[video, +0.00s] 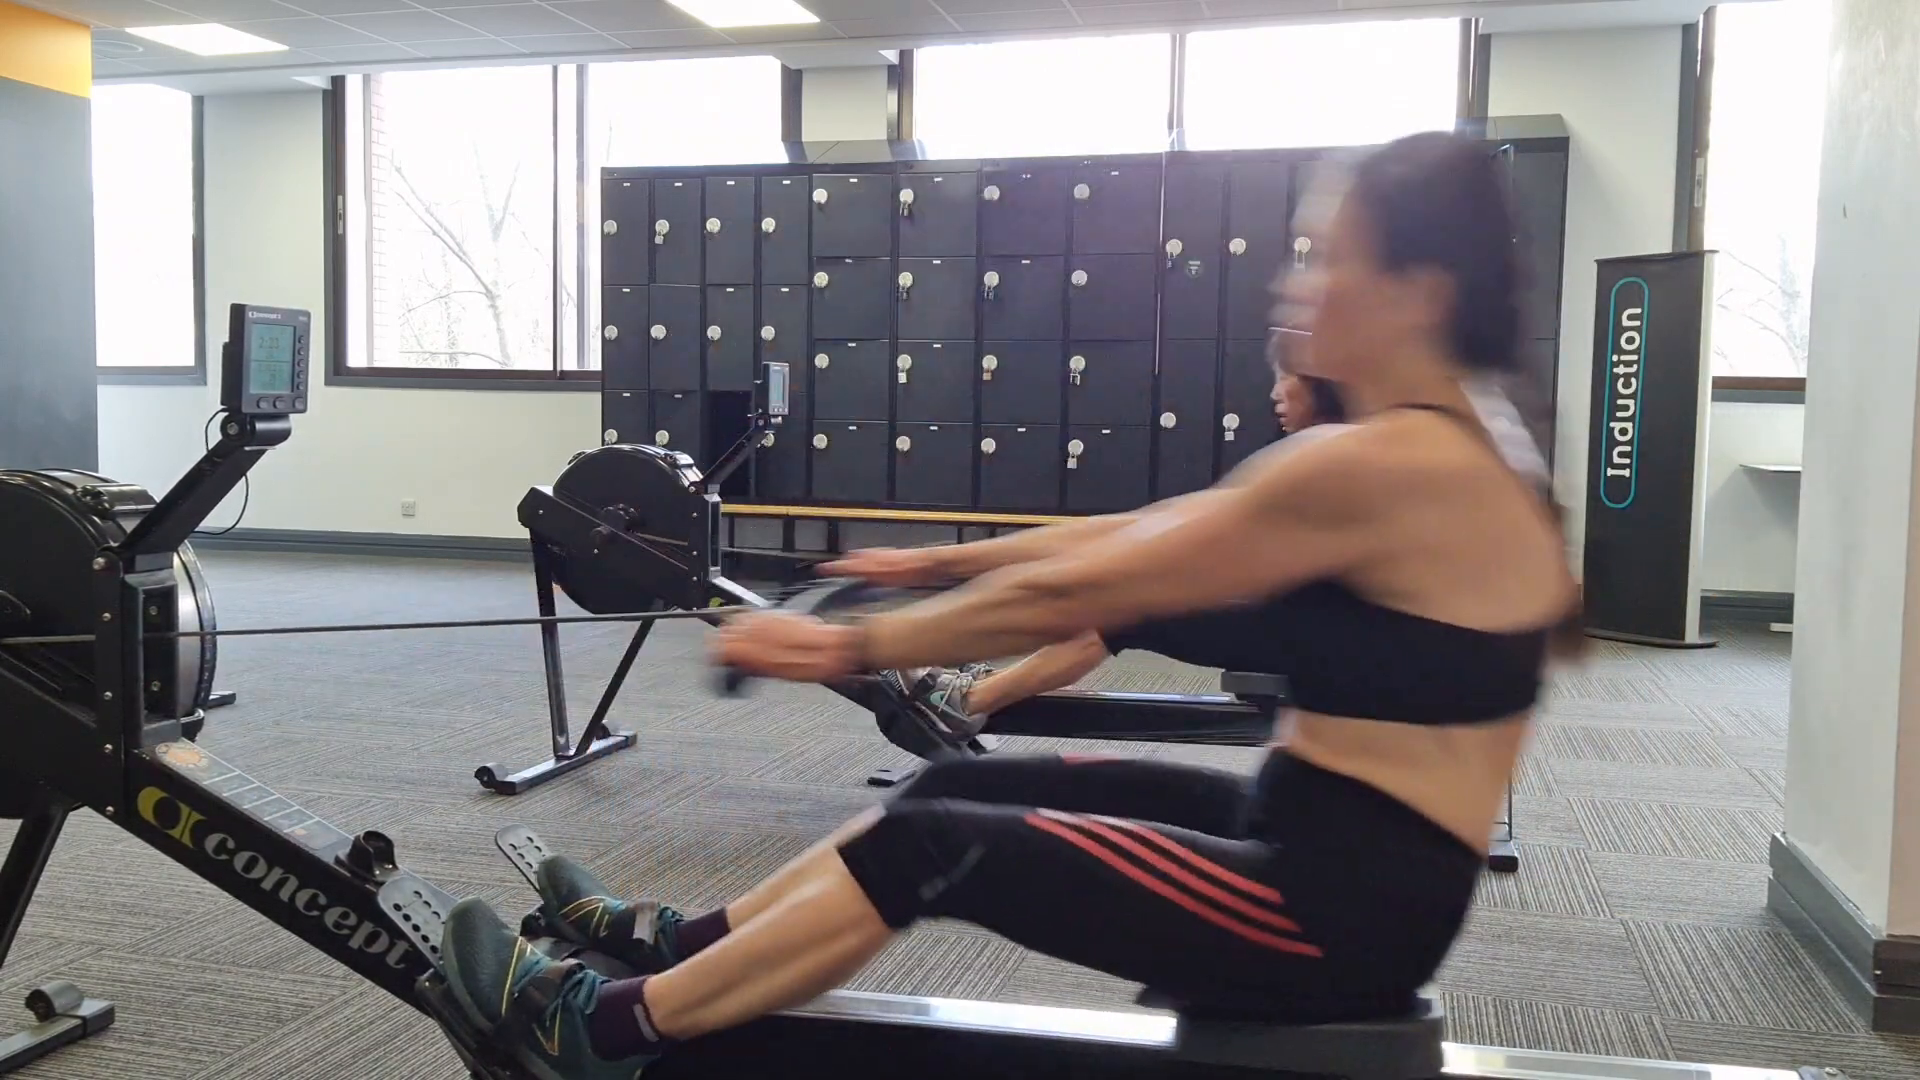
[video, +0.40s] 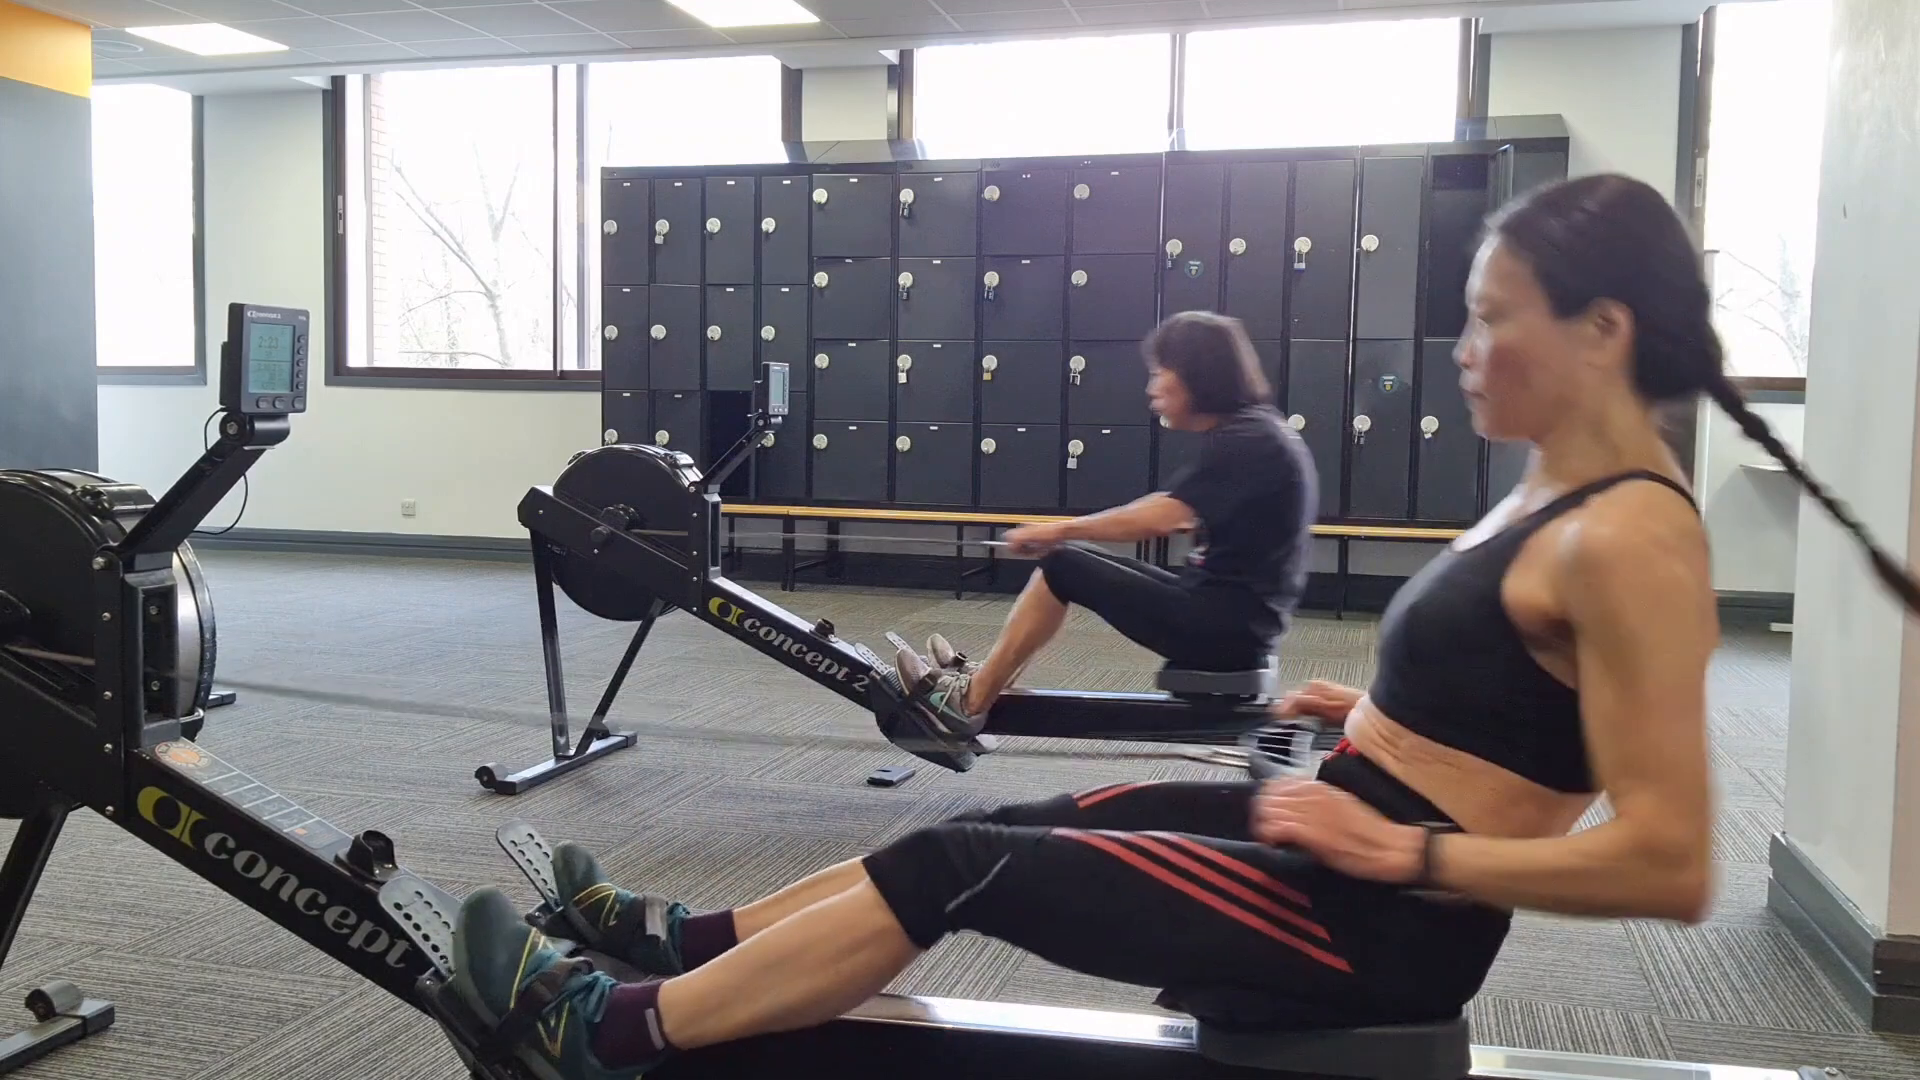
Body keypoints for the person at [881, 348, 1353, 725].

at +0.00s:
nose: (1278, 396)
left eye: (1291, 382)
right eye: (1278, 380)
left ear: (1332, 390)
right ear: (1287, 387)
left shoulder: (1342, 477)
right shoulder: (1294, 469)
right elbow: (1109, 531)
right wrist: (939, 563)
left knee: (1113, 617)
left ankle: (970, 705)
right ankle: (952, 691)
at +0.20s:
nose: (1226, 389)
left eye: (1236, 373)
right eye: (1228, 374)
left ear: (1275, 375)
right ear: (1273, 378)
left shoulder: (1330, 440)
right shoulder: (1293, 437)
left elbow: (1290, 537)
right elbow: (1262, 516)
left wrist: (1183, 536)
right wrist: (1181, 532)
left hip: (1297, 630)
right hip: (1262, 611)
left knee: (1111, 587)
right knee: (1108, 583)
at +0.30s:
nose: (1192, 389)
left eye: (1203, 375)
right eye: (1193, 375)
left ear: (1243, 378)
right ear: (1246, 379)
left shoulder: (1295, 438)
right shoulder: (1274, 434)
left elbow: (1225, 525)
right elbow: (1219, 507)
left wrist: (1118, 532)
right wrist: (1123, 530)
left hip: (1261, 620)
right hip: (1246, 602)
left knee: (1083, 580)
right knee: (1083, 572)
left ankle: (978, 699)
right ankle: (986, 686)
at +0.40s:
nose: (1151, 390)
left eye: (1160, 374)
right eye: (1154, 375)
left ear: (1198, 377)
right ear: (1210, 377)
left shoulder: (1249, 441)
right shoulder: (1253, 433)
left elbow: (1163, 517)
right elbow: (1163, 511)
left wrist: (1061, 530)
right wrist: (1064, 529)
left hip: (1227, 629)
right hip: (1227, 614)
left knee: (1062, 565)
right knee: (1065, 559)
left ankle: (975, 700)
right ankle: (987, 684)